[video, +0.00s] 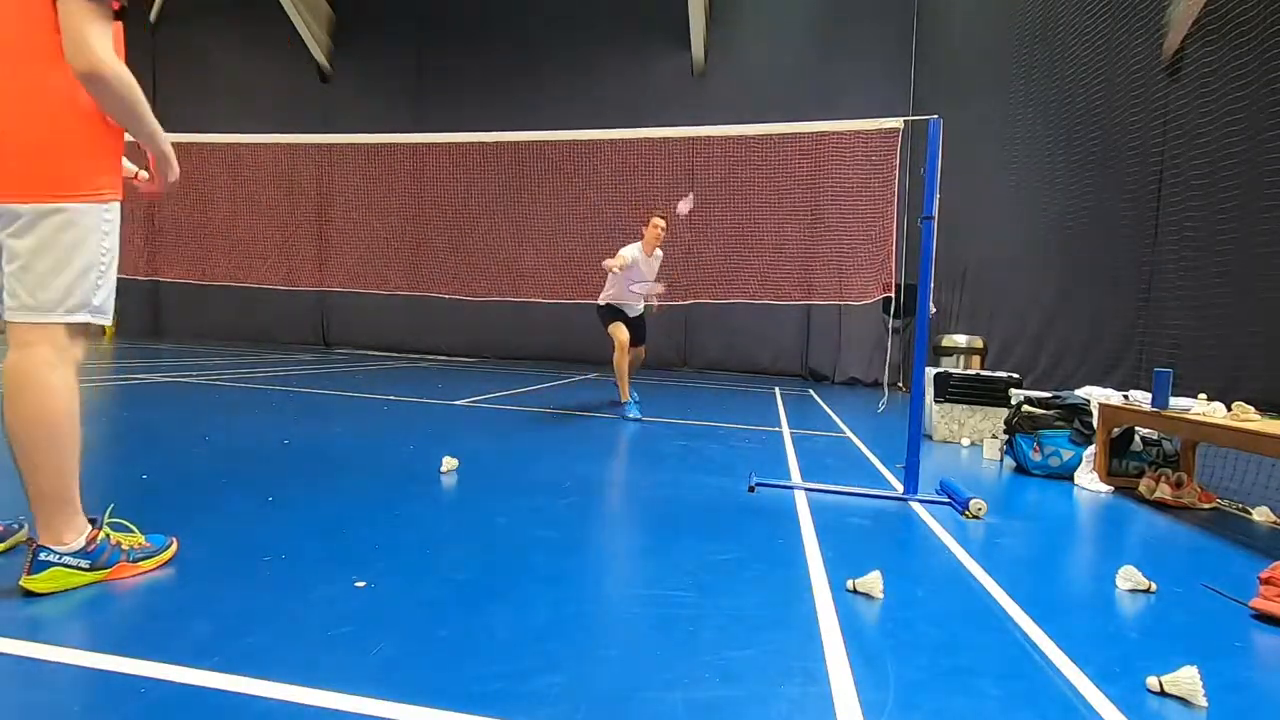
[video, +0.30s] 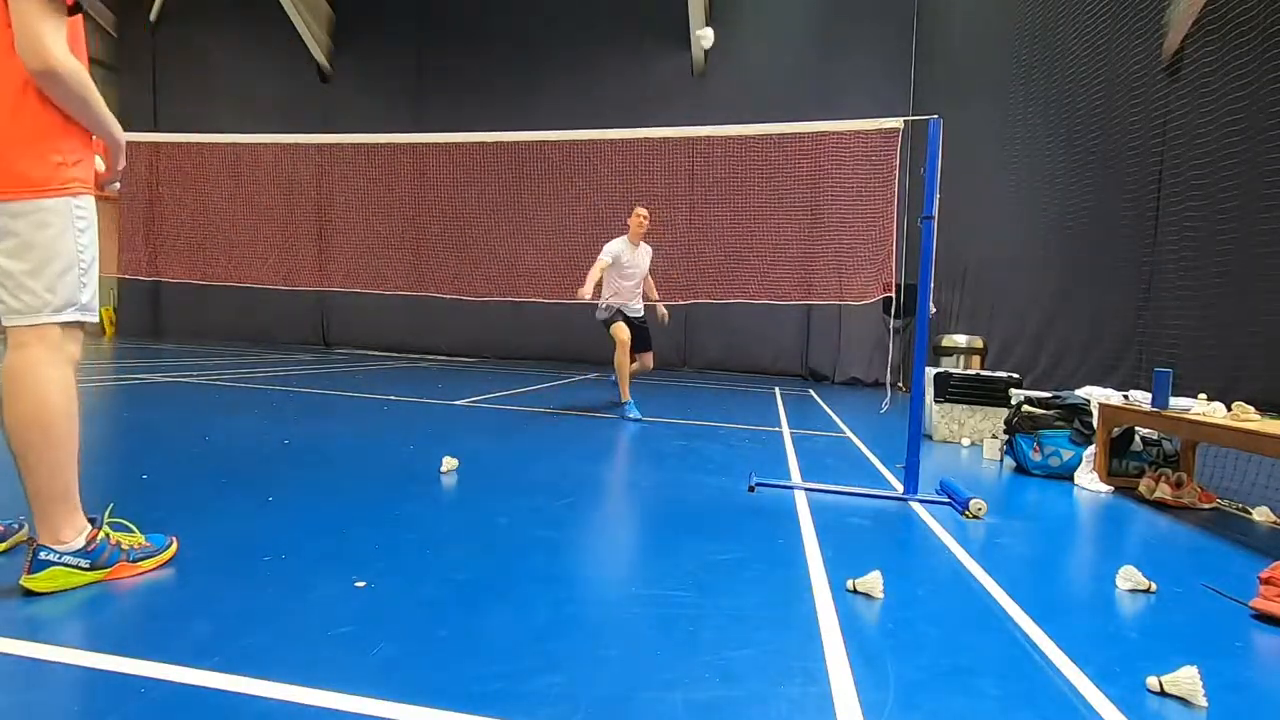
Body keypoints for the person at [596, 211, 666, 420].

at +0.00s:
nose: (659, 232)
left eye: (663, 229)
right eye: (655, 227)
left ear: (666, 235)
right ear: (645, 229)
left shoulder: (658, 256)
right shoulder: (632, 252)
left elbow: (646, 279)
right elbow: (619, 261)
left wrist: (652, 296)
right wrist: (613, 265)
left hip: (635, 309)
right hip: (611, 306)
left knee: (638, 354)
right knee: (623, 339)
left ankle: (623, 382)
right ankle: (626, 400)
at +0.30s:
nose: (641, 221)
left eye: (645, 218)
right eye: (638, 216)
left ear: (648, 224)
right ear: (629, 220)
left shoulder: (647, 251)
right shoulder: (615, 246)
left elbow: (646, 277)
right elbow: (598, 268)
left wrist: (657, 302)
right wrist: (588, 287)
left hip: (635, 310)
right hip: (612, 307)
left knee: (646, 364)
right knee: (624, 339)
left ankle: (620, 375)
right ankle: (626, 401)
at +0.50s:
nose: (629, 212)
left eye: (633, 209)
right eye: (626, 208)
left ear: (638, 215)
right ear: (618, 211)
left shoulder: (643, 243)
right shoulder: (601, 238)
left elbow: (651, 271)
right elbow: (586, 266)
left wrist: (663, 290)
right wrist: (574, 294)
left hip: (630, 303)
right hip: (605, 300)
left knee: (632, 353)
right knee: (610, 339)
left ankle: (611, 382)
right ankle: (616, 392)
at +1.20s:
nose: (599, 212)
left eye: (603, 208)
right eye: (596, 208)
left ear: (608, 212)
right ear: (591, 211)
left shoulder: (620, 235)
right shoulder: (579, 238)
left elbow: (630, 258)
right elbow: (570, 267)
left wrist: (626, 280)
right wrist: (566, 292)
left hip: (615, 294)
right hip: (589, 295)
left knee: (626, 333)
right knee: (577, 336)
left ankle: (630, 381)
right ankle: (571, 376)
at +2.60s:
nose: (661, 216)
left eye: (664, 213)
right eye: (657, 212)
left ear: (666, 219)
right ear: (647, 215)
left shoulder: (667, 249)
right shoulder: (630, 239)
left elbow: (672, 279)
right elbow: (602, 244)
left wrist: (685, 305)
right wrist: (578, 233)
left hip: (654, 306)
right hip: (630, 302)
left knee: (659, 358)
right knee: (640, 342)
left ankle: (636, 385)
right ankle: (650, 395)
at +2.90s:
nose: (631, 201)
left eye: (635, 199)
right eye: (628, 198)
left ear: (640, 204)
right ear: (622, 202)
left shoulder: (649, 231)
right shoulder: (608, 229)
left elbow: (659, 259)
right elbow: (585, 247)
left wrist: (669, 273)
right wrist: (565, 253)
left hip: (637, 293)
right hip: (611, 291)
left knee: (641, 341)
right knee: (600, 337)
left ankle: (634, 391)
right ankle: (590, 384)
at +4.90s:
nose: (675, 230)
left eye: (678, 227)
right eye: (670, 225)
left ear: (680, 232)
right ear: (659, 227)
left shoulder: (670, 254)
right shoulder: (643, 251)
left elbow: (654, 280)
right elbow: (637, 277)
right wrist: (649, 298)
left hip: (645, 307)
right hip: (622, 304)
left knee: (651, 358)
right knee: (638, 339)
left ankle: (629, 381)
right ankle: (640, 403)